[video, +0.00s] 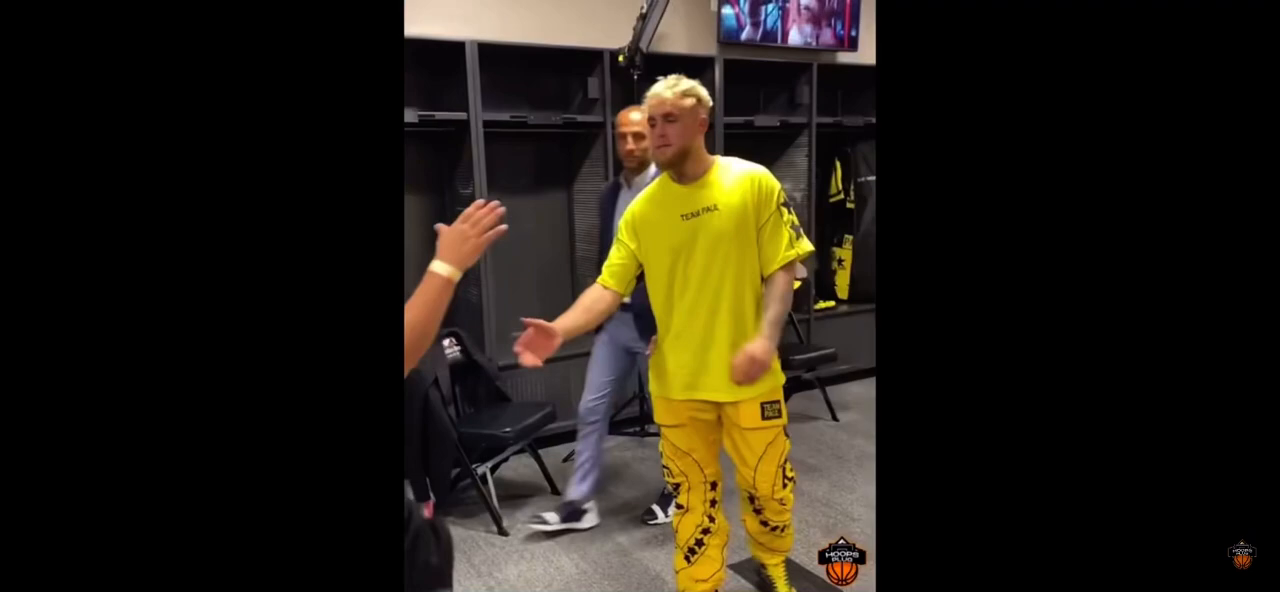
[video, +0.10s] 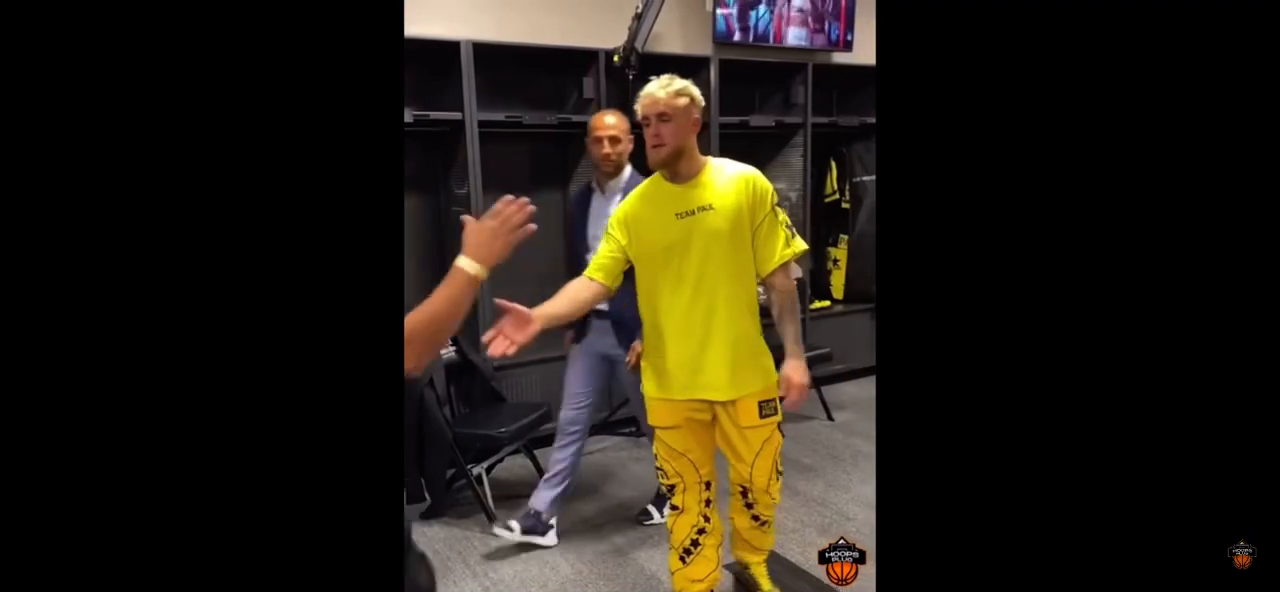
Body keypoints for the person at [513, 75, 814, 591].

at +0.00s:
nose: (655, 132)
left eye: (667, 120)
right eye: (650, 123)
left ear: (702, 122)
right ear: (646, 130)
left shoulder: (752, 183)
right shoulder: (641, 208)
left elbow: (782, 267)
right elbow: (609, 287)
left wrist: (766, 337)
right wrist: (557, 330)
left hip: (751, 376)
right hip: (679, 382)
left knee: (770, 490)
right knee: (693, 506)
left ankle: (772, 565)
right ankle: (698, 586)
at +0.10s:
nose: (651, 131)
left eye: (663, 120)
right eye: (645, 122)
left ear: (695, 121)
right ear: (639, 130)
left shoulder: (745, 186)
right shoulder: (633, 208)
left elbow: (778, 275)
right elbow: (596, 280)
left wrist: (794, 354)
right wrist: (537, 316)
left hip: (745, 374)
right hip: (670, 380)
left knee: (760, 490)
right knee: (688, 505)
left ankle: (752, 564)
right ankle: (695, 585)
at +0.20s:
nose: (652, 129)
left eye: (663, 117)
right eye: (644, 120)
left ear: (694, 121)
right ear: (638, 128)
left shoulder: (741, 185)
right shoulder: (628, 205)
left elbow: (779, 271)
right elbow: (586, 272)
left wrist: (811, 345)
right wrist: (528, 299)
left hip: (742, 373)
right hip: (665, 379)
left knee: (749, 481)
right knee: (684, 503)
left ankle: (726, 552)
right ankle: (688, 585)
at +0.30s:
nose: (657, 128)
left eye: (669, 116)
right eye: (649, 119)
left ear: (696, 121)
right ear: (641, 126)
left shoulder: (738, 186)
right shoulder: (625, 201)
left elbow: (778, 267)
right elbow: (583, 268)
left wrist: (812, 333)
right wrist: (517, 300)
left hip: (734, 370)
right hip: (661, 376)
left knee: (735, 478)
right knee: (677, 497)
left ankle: (689, 557)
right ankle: (688, 583)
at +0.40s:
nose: (665, 126)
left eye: (677, 115)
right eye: (656, 116)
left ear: (700, 122)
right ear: (646, 125)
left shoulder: (734, 189)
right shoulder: (625, 199)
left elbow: (772, 268)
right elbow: (571, 267)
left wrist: (803, 327)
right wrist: (503, 310)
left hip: (728, 362)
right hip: (660, 368)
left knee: (719, 477)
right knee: (673, 491)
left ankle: (685, 563)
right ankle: (690, 584)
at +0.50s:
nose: (667, 128)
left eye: (679, 117)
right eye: (659, 117)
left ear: (700, 126)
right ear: (648, 124)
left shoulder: (731, 188)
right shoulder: (624, 198)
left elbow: (765, 267)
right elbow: (569, 258)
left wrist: (788, 329)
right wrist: (500, 285)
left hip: (720, 362)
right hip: (655, 366)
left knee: (706, 483)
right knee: (673, 492)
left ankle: (686, 568)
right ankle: (685, 583)